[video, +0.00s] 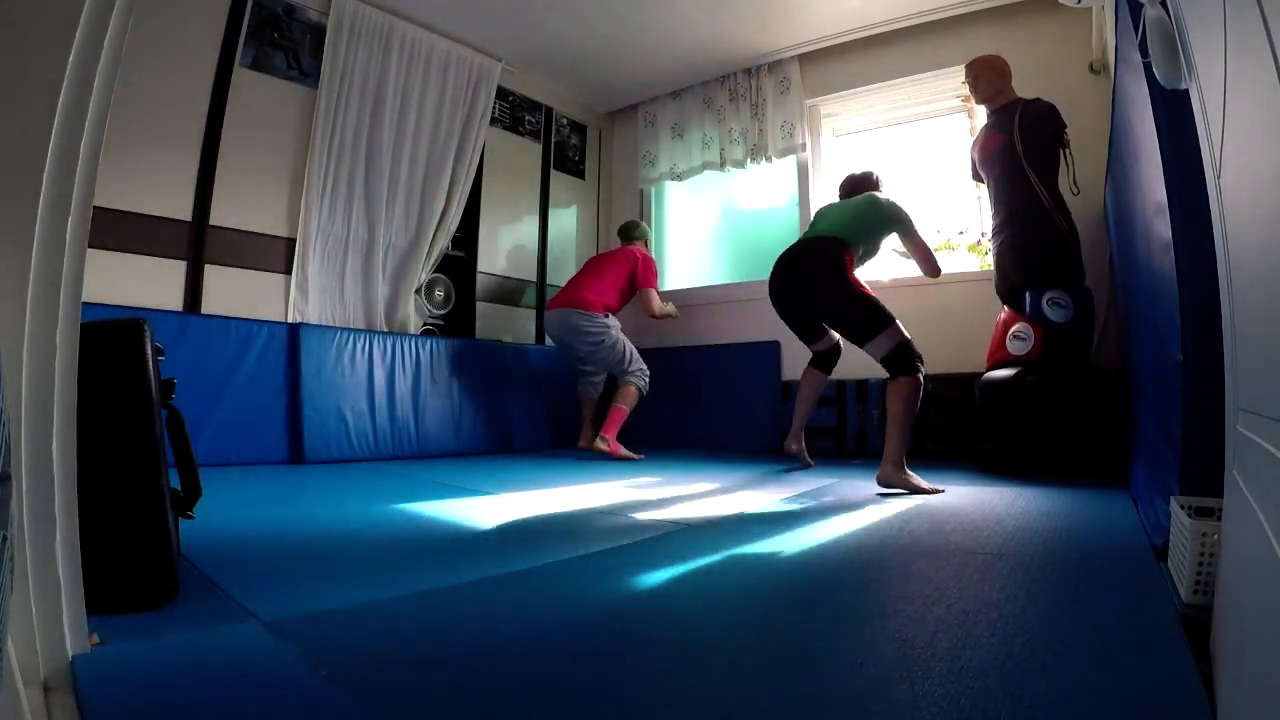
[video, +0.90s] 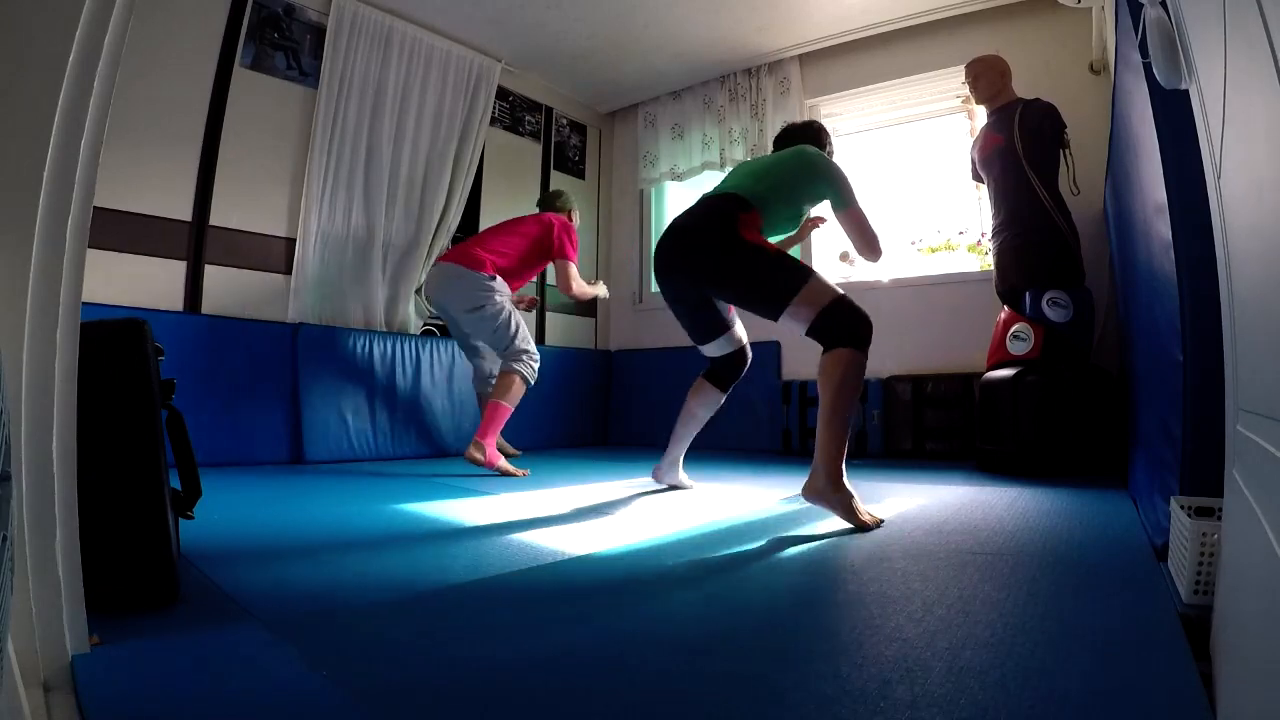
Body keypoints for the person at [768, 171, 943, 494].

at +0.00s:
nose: (881, 184)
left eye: (878, 181)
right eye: (879, 182)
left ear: (845, 195)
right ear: (876, 190)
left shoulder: (828, 210)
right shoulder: (886, 206)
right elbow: (932, 269)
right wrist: (905, 249)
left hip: (782, 280)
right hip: (828, 276)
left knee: (827, 350)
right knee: (907, 364)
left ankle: (794, 438)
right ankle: (893, 466)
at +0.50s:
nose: (864, 184)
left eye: (861, 178)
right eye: (862, 179)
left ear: (821, 182)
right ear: (857, 179)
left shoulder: (799, 199)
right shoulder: (860, 196)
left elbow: (800, 263)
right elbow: (907, 268)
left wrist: (840, 255)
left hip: (730, 271)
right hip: (777, 265)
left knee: (780, 362)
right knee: (884, 345)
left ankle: (741, 460)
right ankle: (868, 468)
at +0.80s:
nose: (842, 155)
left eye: (837, 150)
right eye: (840, 151)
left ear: (795, 150)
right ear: (834, 149)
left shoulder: (766, 166)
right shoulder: (838, 165)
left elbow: (759, 251)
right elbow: (882, 249)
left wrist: (806, 240)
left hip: (697, 253)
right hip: (748, 248)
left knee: (752, 343)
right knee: (856, 352)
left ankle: (708, 446)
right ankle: (819, 493)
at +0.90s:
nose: (830, 158)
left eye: (829, 152)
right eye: (828, 151)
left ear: (781, 147)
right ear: (821, 148)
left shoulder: (753, 170)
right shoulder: (819, 162)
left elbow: (747, 255)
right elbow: (871, 249)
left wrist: (799, 236)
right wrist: (855, 253)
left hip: (671, 255)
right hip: (720, 246)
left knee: (732, 357)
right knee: (849, 327)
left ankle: (669, 464)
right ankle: (826, 480)